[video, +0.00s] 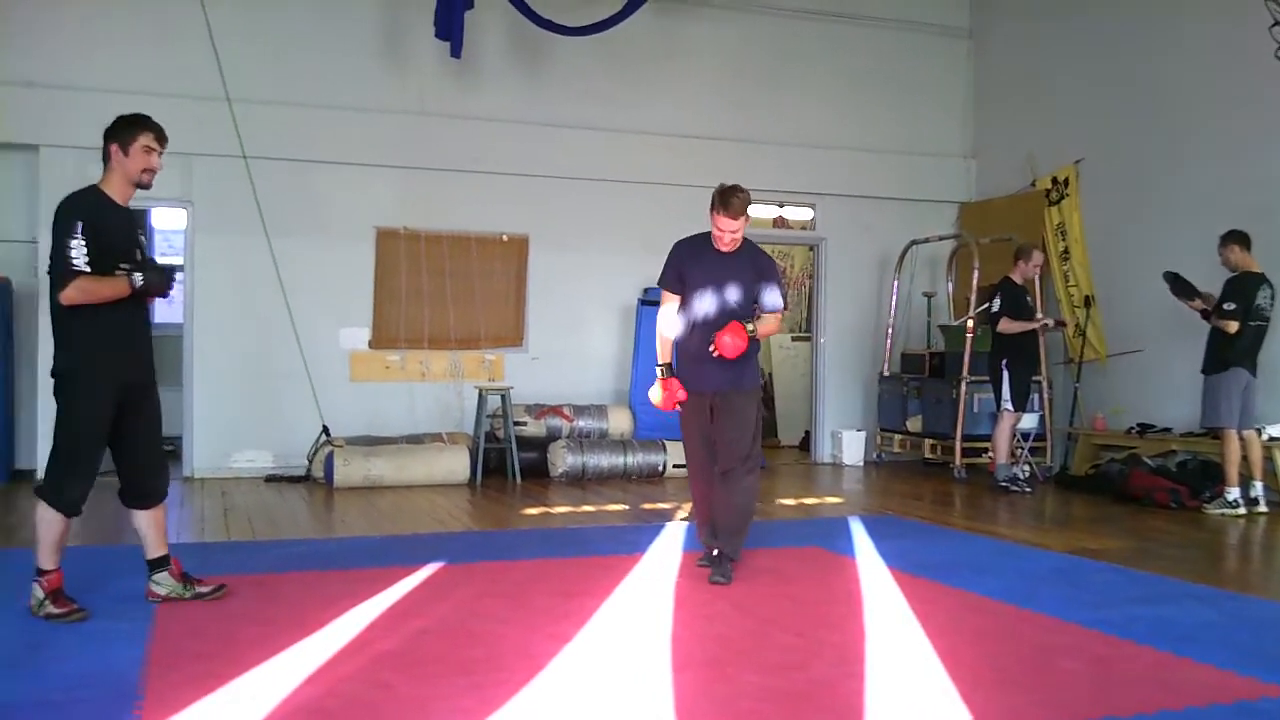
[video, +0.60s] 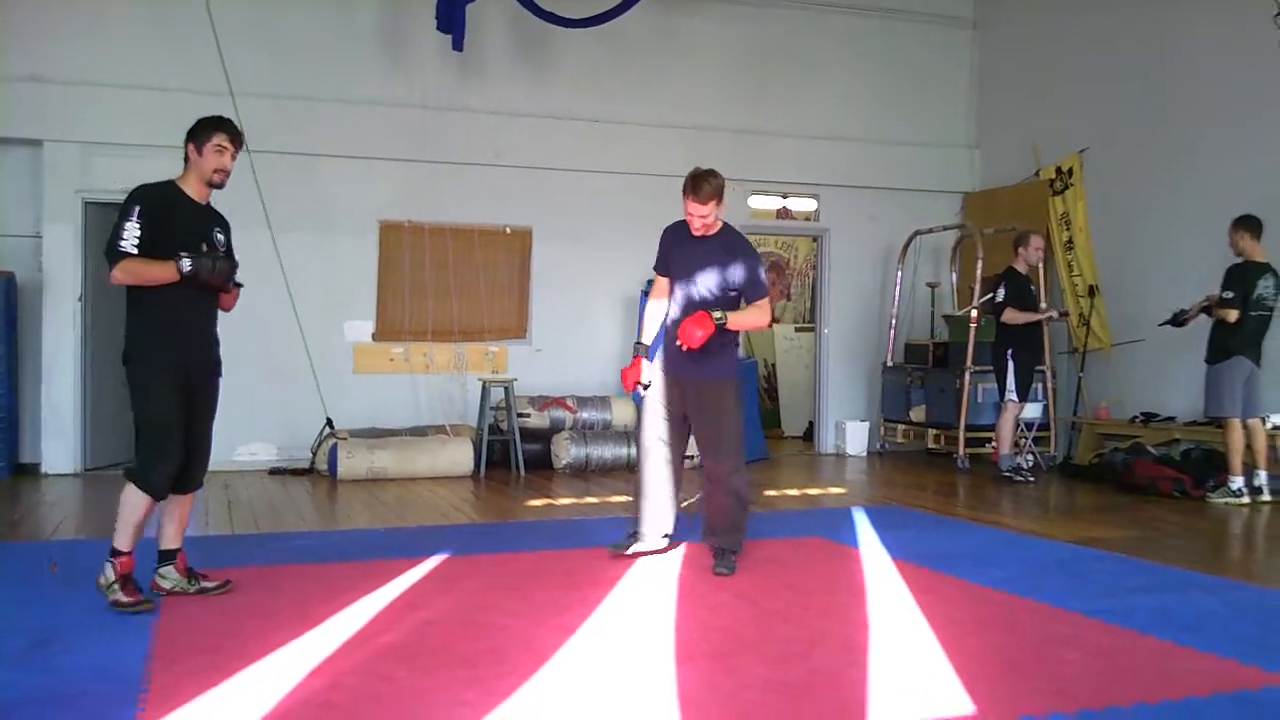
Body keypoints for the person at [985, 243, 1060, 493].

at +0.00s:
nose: (1038, 271)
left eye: (1040, 267)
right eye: (1035, 266)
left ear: (1024, 266)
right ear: (1020, 264)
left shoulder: (1021, 290)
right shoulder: (1005, 288)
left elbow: (1023, 322)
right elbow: (1000, 325)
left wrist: (1049, 324)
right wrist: (1035, 324)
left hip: (1020, 361)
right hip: (1007, 361)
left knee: (1012, 415)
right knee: (1008, 415)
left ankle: (1005, 468)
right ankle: (1001, 471)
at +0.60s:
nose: (1041, 255)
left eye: (1042, 250)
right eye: (1037, 249)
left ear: (1027, 252)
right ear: (1021, 251)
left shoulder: (1026, 281)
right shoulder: (1009, 278)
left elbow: (1025, 313)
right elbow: (1005, 315)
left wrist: (1051, 314)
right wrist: (1040, 315)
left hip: (1024, 351)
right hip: (1011, 350)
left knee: (1014, 405)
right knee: (1012, 405)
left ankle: (1007, 459)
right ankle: (1005, 462)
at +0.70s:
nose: (1033, 230)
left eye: (1035, 225)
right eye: (1029, 225)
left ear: (1020, 228)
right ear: (1014, 226)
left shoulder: (1019, 256)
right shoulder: (1001, 253)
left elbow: (1017, 287)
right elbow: (998, 290)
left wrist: (1041, 289)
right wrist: (1032, 290)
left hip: (1017, 324)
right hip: (1004, 324)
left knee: (1007, 377)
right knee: (1005, 377)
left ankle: (998, 429)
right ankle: (998, 432)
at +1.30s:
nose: (1053, 208)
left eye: (1054, 203)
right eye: (1049, 203)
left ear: (1048, 206)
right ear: (1033, 204)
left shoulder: (1039, 237)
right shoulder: (1020, 233)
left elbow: (1036, 270)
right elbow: (1015, 271)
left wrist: (1060, 272)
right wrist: (1050, 273)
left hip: (1039, 307)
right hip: (1022, 307)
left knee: (1041, 362)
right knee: (1024, 362)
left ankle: (1026, 415)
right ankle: (1013, 420)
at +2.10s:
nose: (1085, 205)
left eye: (1086, 200)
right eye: (1081, 200)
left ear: (1077, 203)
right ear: (1065, 201)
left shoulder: (1076, 233)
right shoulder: (1049, 229)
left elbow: (1074, 266)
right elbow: (1042, 266)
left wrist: (1097, 270)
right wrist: (1081, 270)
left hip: (1072, 304)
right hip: (1052, 304)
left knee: (1068, 359)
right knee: (1049, 359)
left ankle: (1065, 417)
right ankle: (1028, 416)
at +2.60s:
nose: (1096, 205)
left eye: (1097, 200)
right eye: (1092, 200)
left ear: (1087, 202)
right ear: (1077, 201)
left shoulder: (1087, 233)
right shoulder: (1060, 229)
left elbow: (1085, 264)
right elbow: (1049, 265)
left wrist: (1100, 269)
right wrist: (1085, 270)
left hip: (1078, 302)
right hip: (1061, 302)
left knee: (1071, 359)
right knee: (1066, 358)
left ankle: (1064, 418)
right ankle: (1059, 420)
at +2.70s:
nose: (1106, 203)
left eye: (1107, 198)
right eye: (1101, 198)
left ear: (1098, 200)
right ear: (1086, 199)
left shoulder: (1096, 230)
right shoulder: (1071, 226)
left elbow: (1095, 260)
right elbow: (1061, 262)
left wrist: (1110, 266)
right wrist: (1096, 268)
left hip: (1091, 300)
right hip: (1075, 300)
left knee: (1086, 357)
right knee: (1080, 357)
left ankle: (1078, 416)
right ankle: (1075, 419)